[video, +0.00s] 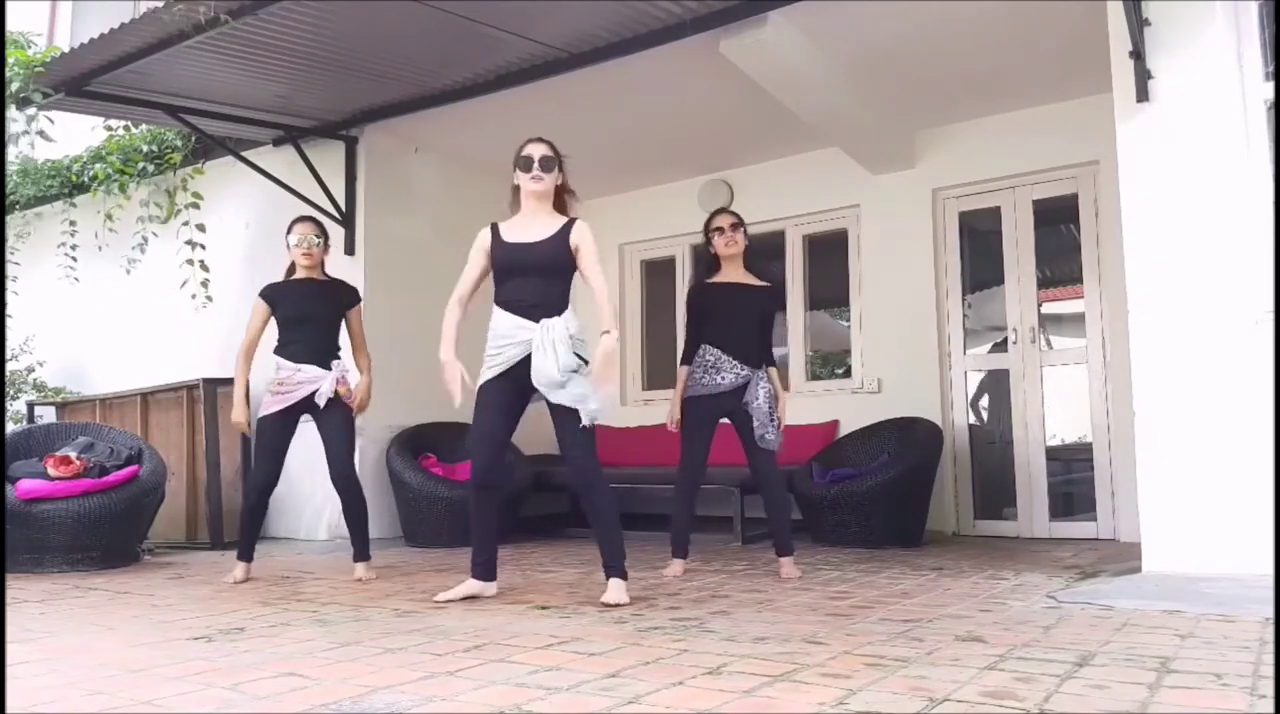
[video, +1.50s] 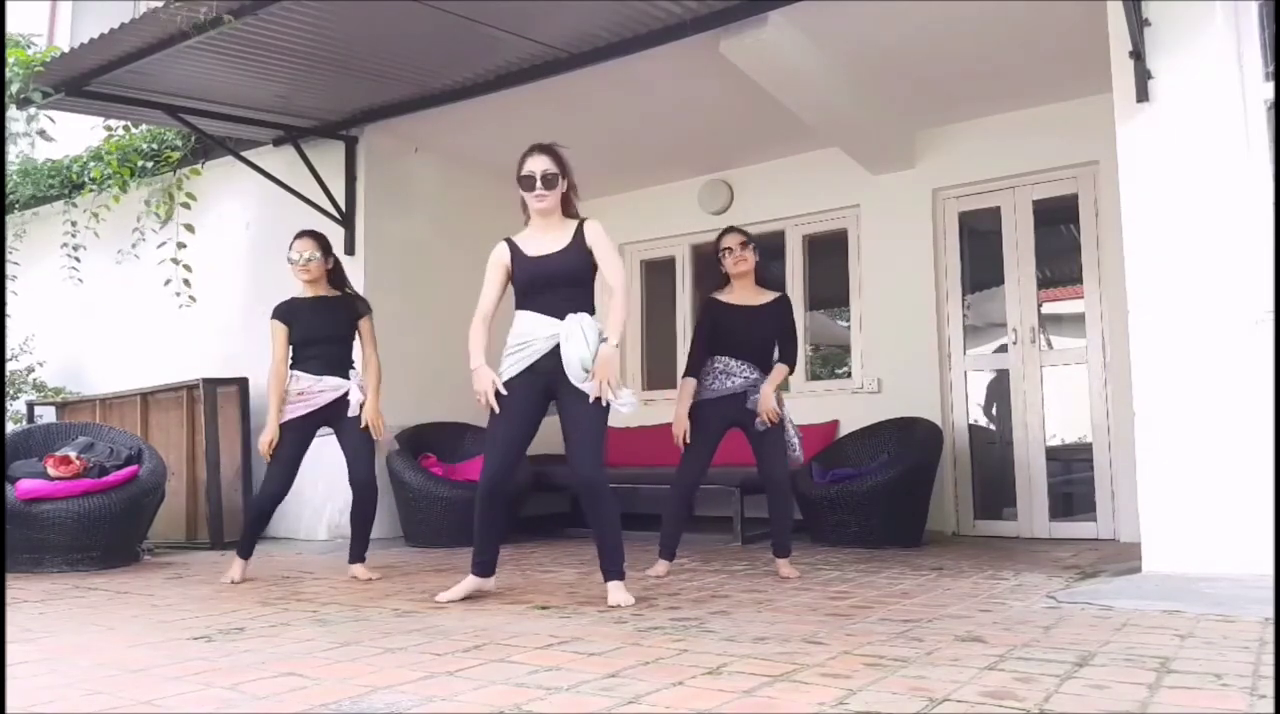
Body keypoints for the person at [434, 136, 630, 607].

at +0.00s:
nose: (536, 171)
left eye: (546, 164)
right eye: (527, 164)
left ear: (560, 175)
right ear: (515, 173)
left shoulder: (573, 228)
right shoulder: (492, 234)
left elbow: (599, 286)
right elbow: (459, 299)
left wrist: (611, 339)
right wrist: (447, 356)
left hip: (560, 352)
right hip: (506, 354)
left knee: (582, 465)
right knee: (482, 462)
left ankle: (616, 576)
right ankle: (482, 576)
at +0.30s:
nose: (538, 177)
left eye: (548, 170)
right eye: (529, 172)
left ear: (564, 180)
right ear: (518, 183)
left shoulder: (584, 231)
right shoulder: (504, 244)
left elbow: (613, 295)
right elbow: (476, 313)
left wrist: (610, 351)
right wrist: (479, 371)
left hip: (575, 356)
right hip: (519, 357)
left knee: (587, 470)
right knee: (495, 469)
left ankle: (614, 579)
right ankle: (483, 577)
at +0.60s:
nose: (530, 177)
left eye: (539, 169)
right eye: (519, 172)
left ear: (554, 178)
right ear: (509, 184)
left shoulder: (576, 235)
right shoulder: (494, 237)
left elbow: (601, 302)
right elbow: (465, 302)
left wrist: (604, 350)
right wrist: (464, 355)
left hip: (565, 356)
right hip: (506, 357)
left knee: (576, 469)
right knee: (488, 465)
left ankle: (613, 578)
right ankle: (483, 575)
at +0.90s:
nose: (511, 189)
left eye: (521, 183)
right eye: (503, 183)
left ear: (536, 194)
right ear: (492, 192)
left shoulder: (547, 245)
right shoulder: (470, 251)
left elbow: (567, 313)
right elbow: (442, 313)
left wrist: (553, 370)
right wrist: (431, 365)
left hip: (522, 364)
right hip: (470, 363)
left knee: (542, 469)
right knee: (456, 470)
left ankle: (611, 568)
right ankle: (480, 575)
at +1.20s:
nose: (519, 179)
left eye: (532, 175)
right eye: (514, 172)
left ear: (548, 187)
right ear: (504, 180)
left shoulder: (547, 230)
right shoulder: (495, 241)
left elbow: (574, 295)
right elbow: (483, 306)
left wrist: (565, 353)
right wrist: (464, 355)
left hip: (538, 361)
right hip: (494, 364)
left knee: (565, 465)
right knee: (467, 470)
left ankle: (635, 564)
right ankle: (482, 576)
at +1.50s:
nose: (539, 186)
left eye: (548, 179)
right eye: (529, 180)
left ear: (565, 183)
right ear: (520, 187)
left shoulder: (589, 232)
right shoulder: (507, 249)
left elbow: (618, 287)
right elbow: (481, 316)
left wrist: (610, 349)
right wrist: (478, 364)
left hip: (581, 359)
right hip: (524, 361)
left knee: (589, 473)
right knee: (493, 472)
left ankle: (614, 581)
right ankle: (481, 574)